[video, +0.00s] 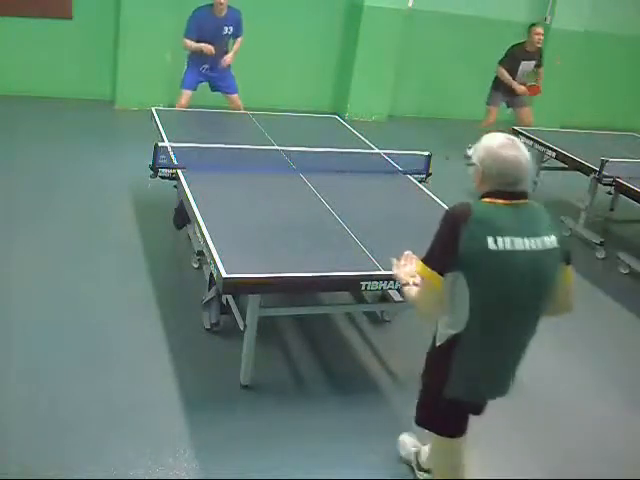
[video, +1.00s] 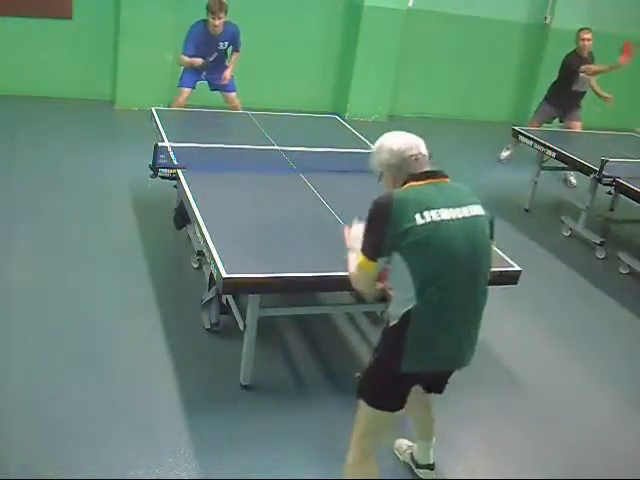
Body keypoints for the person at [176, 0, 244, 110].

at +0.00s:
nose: (221, 1)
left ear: (228, 1)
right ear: (213, 1)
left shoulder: (235, 15)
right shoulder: (199, 14)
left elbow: (238, 38)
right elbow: (186, 43)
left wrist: (231, 55)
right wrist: (201, 46)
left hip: (221, 65)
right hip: (197, 64)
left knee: (236, 105)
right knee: (183, 103)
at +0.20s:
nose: (219, 8)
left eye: (222, 5)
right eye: (216, 4)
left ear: (227, 6)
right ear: (211, 5)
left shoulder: (235, 21)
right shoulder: (199, 19)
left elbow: (242, 44)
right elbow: (190, 49)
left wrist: (232, 61)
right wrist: (206, 49)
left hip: (222, 66)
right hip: (198, 65)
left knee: (237, 104)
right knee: (183, 103)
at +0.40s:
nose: (212, 12)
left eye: (216, 8)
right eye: (209, 8)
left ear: (221, 8)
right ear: (204, 7)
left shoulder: (229, 22)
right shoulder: (194, 21)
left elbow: (238, 43)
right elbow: (184, 52)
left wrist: (230, 63)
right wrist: (199, 51)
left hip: (217, 66)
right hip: (193, 65)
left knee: (233, 104)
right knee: (179, 101)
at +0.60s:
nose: (209, 17)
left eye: (212, 13)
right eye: (206, 12)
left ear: (218, 12)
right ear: (200, 11)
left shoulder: (225, 25)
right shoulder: (189, 24)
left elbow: (231, 46)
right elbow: (175, 52)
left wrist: (221, 66)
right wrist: (183, 55)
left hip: (213, 66)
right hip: (190, 66)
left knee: (232, 103)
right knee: (178, 101)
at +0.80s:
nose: (211, 21)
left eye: (215, 17)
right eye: (208, 17)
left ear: (220, 16)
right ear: (203, 15)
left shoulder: (228, 28)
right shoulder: (192, 27)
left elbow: (233, 49)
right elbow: (179, 57)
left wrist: (223, 69)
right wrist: (189, 59)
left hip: (216, 67)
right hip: (193, 66)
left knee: (233, 103)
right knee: (179, 100)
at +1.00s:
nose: (216, 23)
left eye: (220, 18)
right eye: (212, 18)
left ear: (225, 18)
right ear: (207, 16)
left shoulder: (232, 30)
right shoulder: (197, 29)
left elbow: (236, 51)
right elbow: (183, 59)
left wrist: (229, 69)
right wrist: (193, 62)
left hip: (218, 66)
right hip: (196, 65)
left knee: (232, 101)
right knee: (181, 99)